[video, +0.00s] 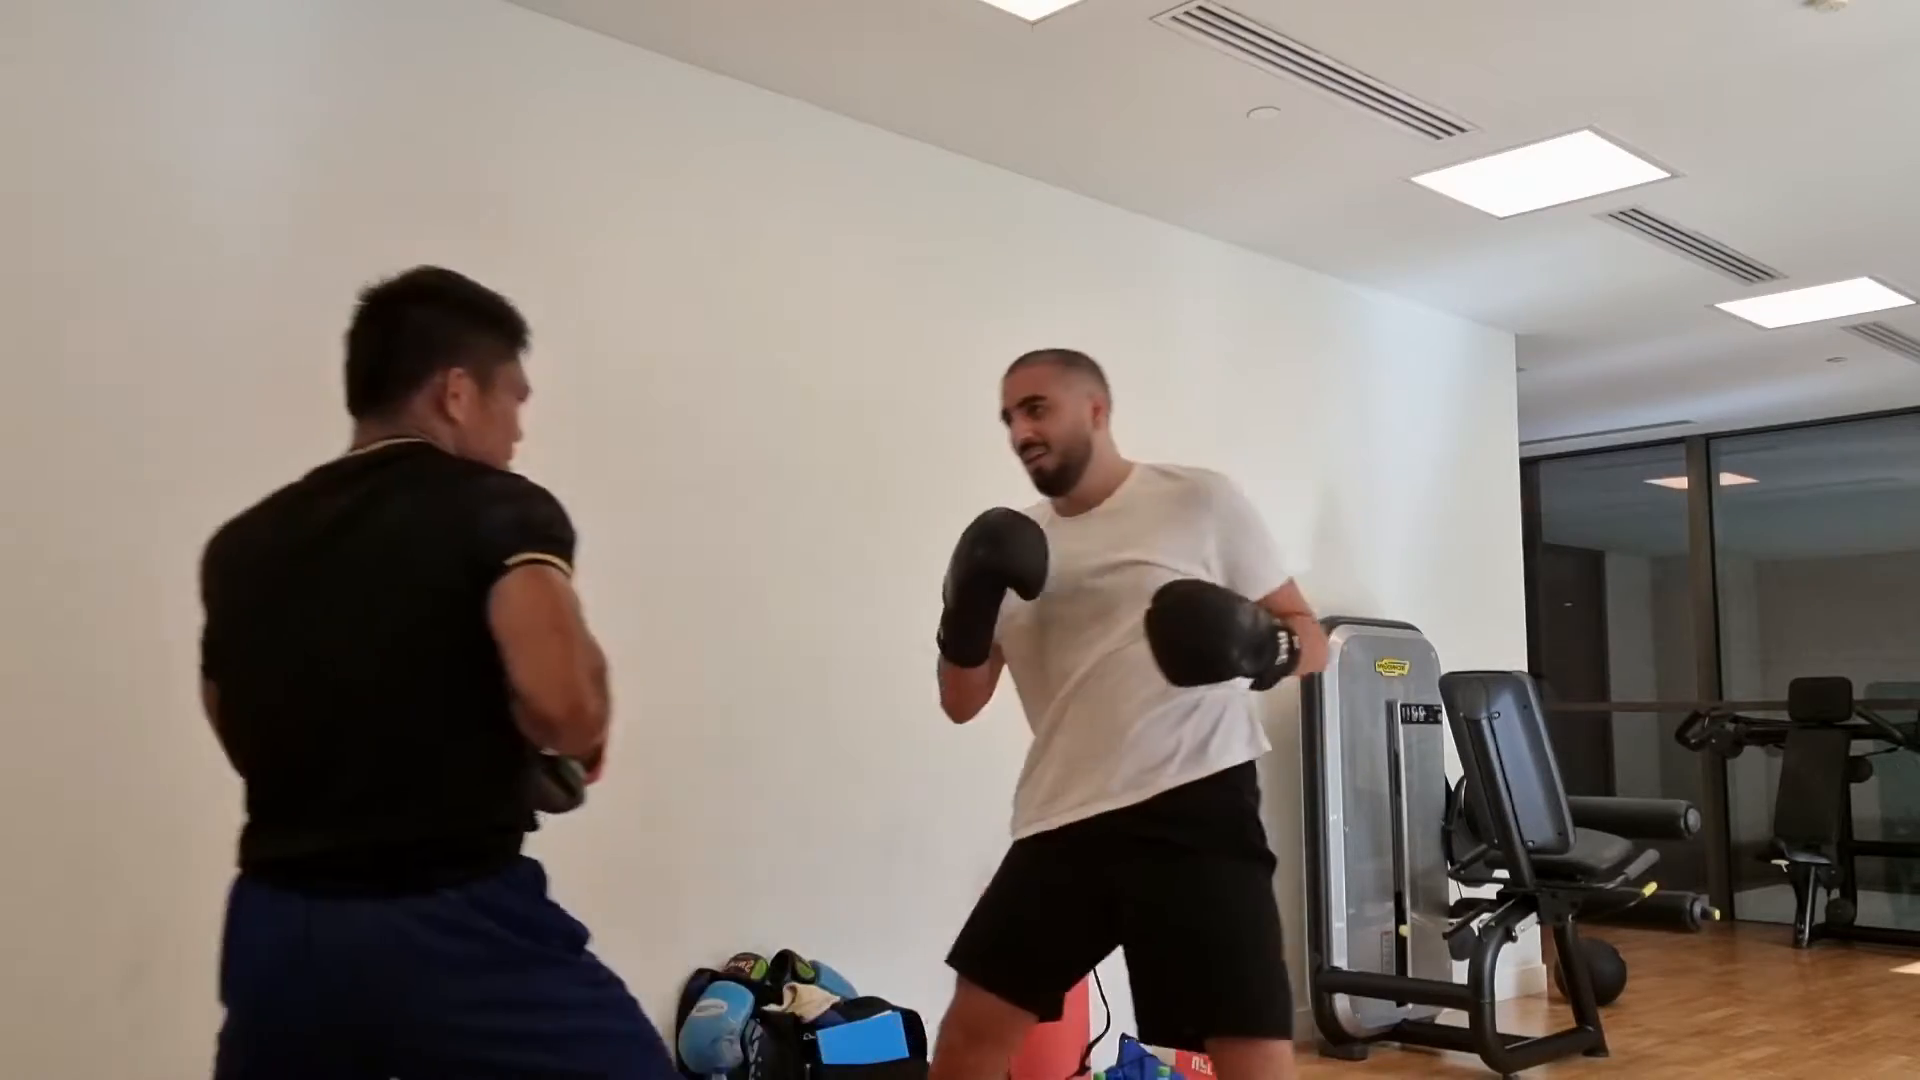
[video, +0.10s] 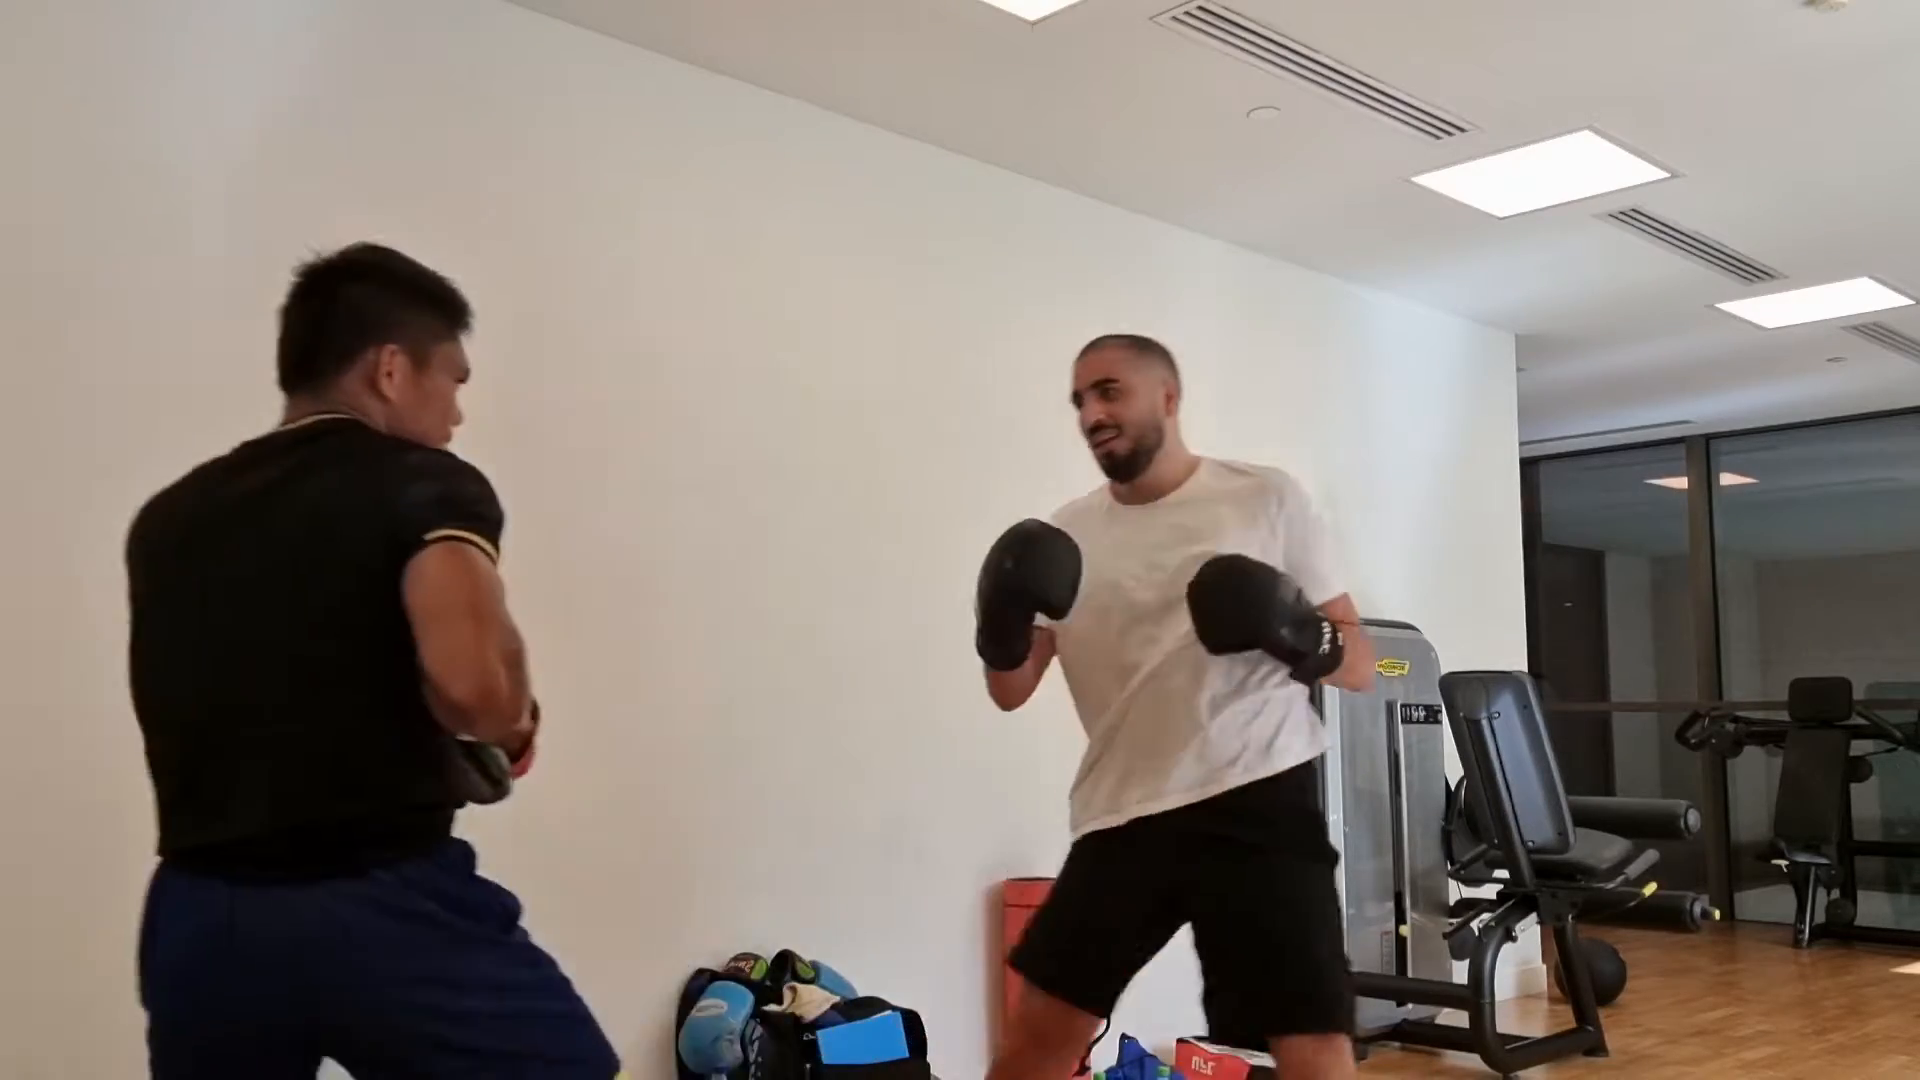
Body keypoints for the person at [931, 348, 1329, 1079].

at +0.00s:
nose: (1019, 432)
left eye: (1036, 408)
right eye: (1009, 418)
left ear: (1097, 407)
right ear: (1007, 434)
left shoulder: (1204, 501)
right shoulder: (1014, 549)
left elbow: (1310, 642)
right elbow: (961, 702)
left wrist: (1260, 647)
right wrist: (970, 597)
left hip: (1199, 814)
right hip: (1060, 831)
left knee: (1255, 1062)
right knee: (966, 1051)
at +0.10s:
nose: (1090, 414)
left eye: (1108, 391)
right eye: (1080, 402)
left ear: (1170, 394)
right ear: (1075, 419)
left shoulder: (1269, 499)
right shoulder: (1062, 540)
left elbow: (1357, 662)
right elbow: (1010, 689)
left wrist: (1294, 631)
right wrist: (1004, 612)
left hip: (1261, 804)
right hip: (1121, 824)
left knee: (1312, 1049)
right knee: (1036, 1031)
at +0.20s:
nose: (1151, 393)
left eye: (1171, 371)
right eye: (1139, 380)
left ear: (1229, 379)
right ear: (1134, 400)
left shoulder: (1319, 486)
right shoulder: (1115, 516)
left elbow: (1412, 655)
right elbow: (1047, 669)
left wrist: (1332, 601)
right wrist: (1042, 626)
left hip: (1312, 804)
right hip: (1170, 819)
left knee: (1349, 1062)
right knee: (1072, 1056)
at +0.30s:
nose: (1184, 346)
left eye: (1205, 323)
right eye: (1172, 332)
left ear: (1264, 331)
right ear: (1166, 351)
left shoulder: (1351, 435)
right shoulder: (1147, 464)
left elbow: (1446, 595)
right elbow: (1114, 600)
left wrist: (1341, 544)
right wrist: (1099, 627)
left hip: (1335, 763)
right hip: (1195, 775)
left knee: (1359, 1037)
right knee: (1132, 1022)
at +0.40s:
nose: (1213, 332)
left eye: (1234, 311)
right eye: (1201, 320)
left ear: (1293, 320)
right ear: (1194, 337)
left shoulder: (1375, 422)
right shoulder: (1170, 450)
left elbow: (1476, 583)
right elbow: (1141, 600)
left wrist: (1366, 523)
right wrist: (1129, 655)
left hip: (1360, 753)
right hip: (1220, 763)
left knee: (1386, 1032)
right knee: (1186, 1025)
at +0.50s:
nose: (1241, 372)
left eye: (1262, 350)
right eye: (1228, 360)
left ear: (1321, 360)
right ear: (1219, 380)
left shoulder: (1399, 468)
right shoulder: (1191, 500)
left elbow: (1500, 630)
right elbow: (1175, 647)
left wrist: (1390, 535)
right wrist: (1173, 707)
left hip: (1386, 804)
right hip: (1244, 821)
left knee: (1424, 1064)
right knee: (1208, 1064)